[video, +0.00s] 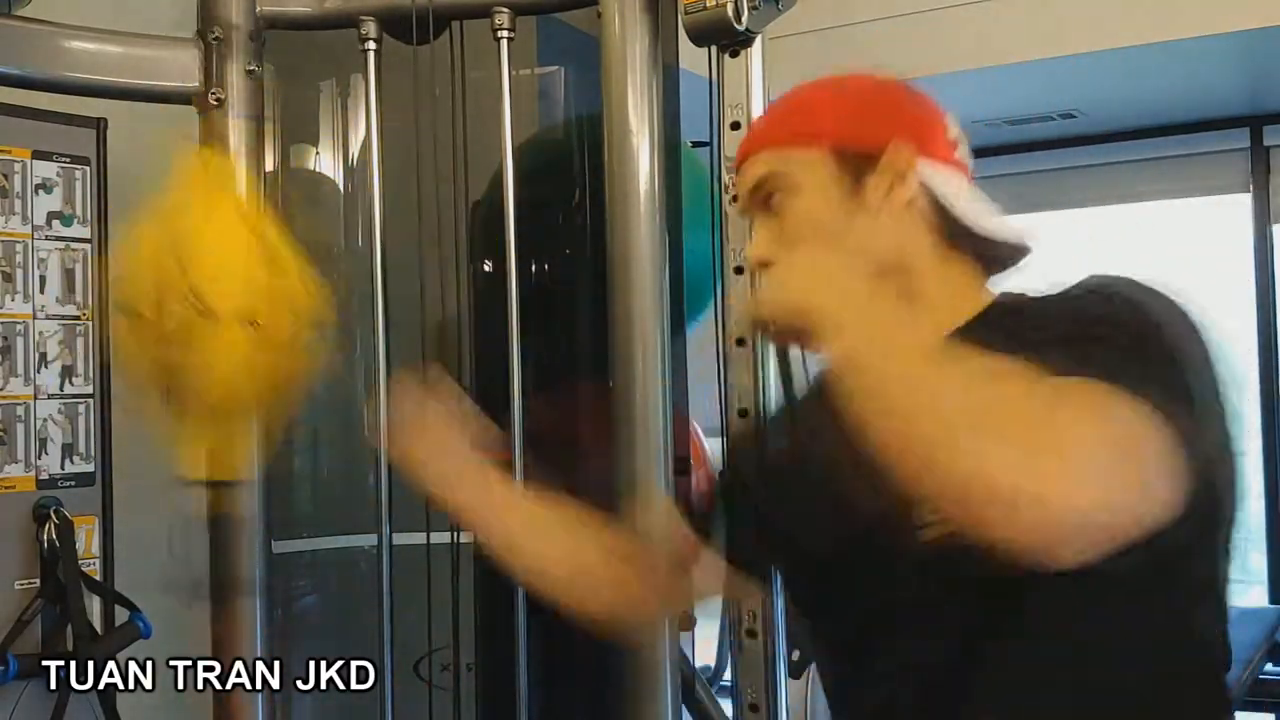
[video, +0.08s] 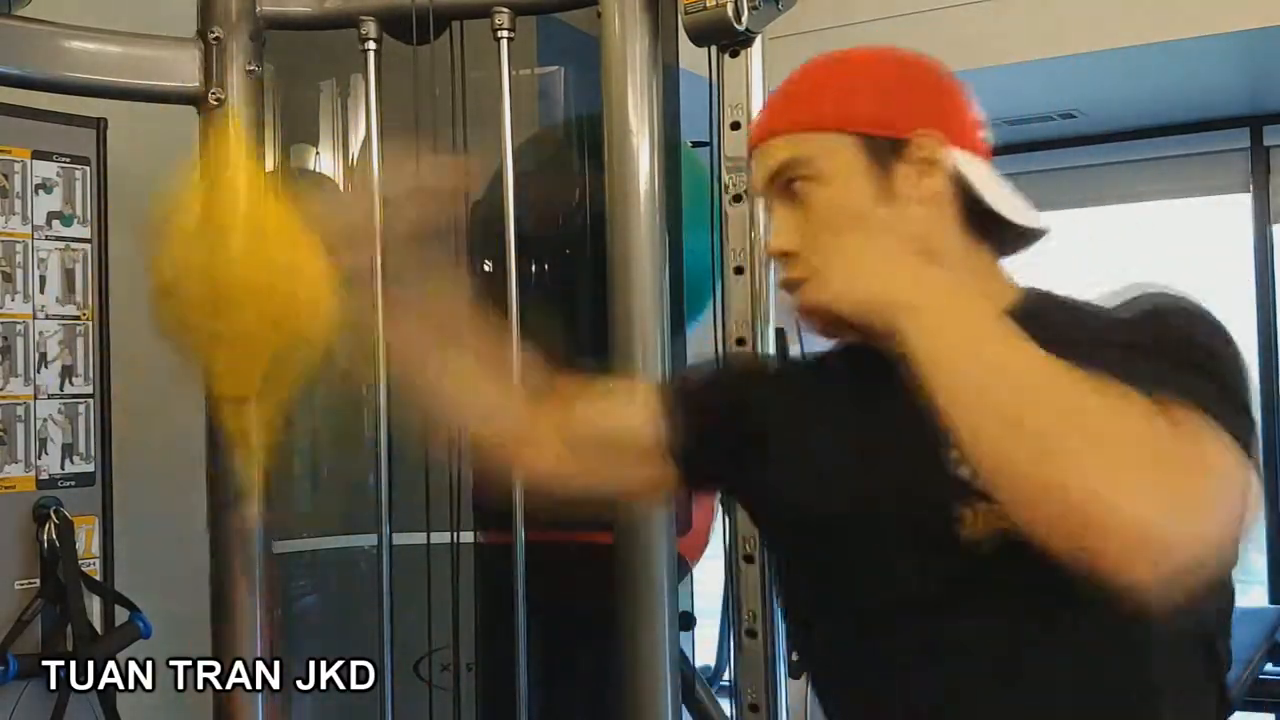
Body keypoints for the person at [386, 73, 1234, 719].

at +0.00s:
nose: (745, 249)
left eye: (770, 202)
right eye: (744, 222)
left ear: (894, 194)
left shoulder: (1111, 332)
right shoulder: (795, 451)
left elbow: (1054, 503)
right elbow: (638, 586)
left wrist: (845, 305)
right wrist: (464, 472)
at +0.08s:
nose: (773, 244)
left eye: (797, 190)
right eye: (766, 209)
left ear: (921, 181)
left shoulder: (1156, 345)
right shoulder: (784, 410)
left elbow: (1158, 541)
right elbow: (535, 430)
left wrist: (926, 291)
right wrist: (397, 270)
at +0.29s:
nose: (811, 277)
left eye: (839, 223)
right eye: (811, 235)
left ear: (971, 214)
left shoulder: (1196, 425)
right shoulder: (827, 423)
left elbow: (1155, 685)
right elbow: (605, 414)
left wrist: (989, 421)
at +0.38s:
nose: (810, 272)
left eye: (836, 222)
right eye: (813, 232)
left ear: (965, 220)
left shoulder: (1195, 431)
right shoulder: (846, 401)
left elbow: (1112, 691)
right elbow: (600, 384)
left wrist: (945, 414)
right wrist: (893, 335)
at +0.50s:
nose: (800, 242)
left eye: (812, 200)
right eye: (801, 202)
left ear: (918, 199)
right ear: (915, 202)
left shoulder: (1106, 421)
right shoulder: (890, 363)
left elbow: (880, 681)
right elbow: (654, 335)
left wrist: (827, 405)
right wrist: (434, 296)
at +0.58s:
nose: (786, 244)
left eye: (790, 203)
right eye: (783, 206)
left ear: (872, 200)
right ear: (881, 200)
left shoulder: (1011, 428)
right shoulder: (987, 354)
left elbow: (766, 690)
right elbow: (791, 359)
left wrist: (762, 409)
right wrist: (583, 360)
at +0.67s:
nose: (772, 269)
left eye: (773, 236)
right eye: (769, 238)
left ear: (835, 232)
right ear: (941, 220)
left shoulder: (932, 475)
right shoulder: (1059, 373)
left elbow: (683, 693)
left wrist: (725, 414)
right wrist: (882, 390)